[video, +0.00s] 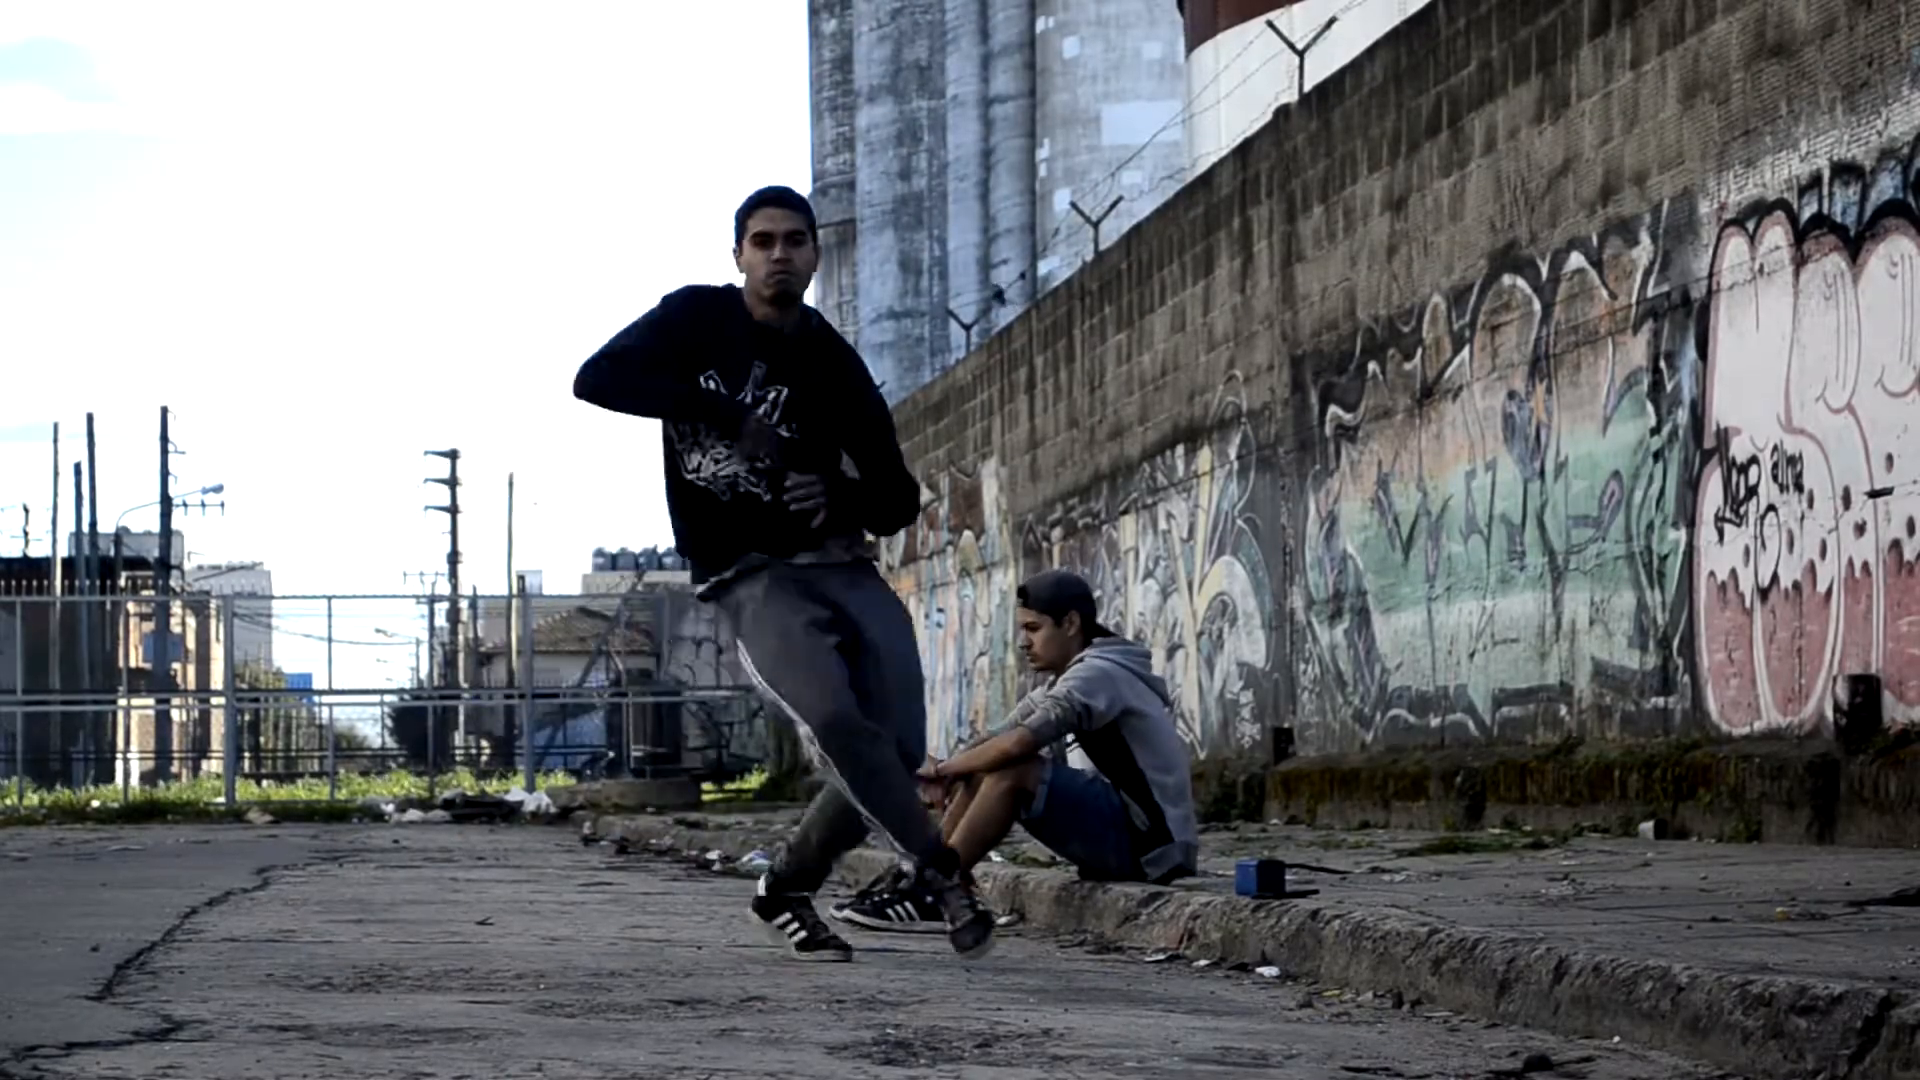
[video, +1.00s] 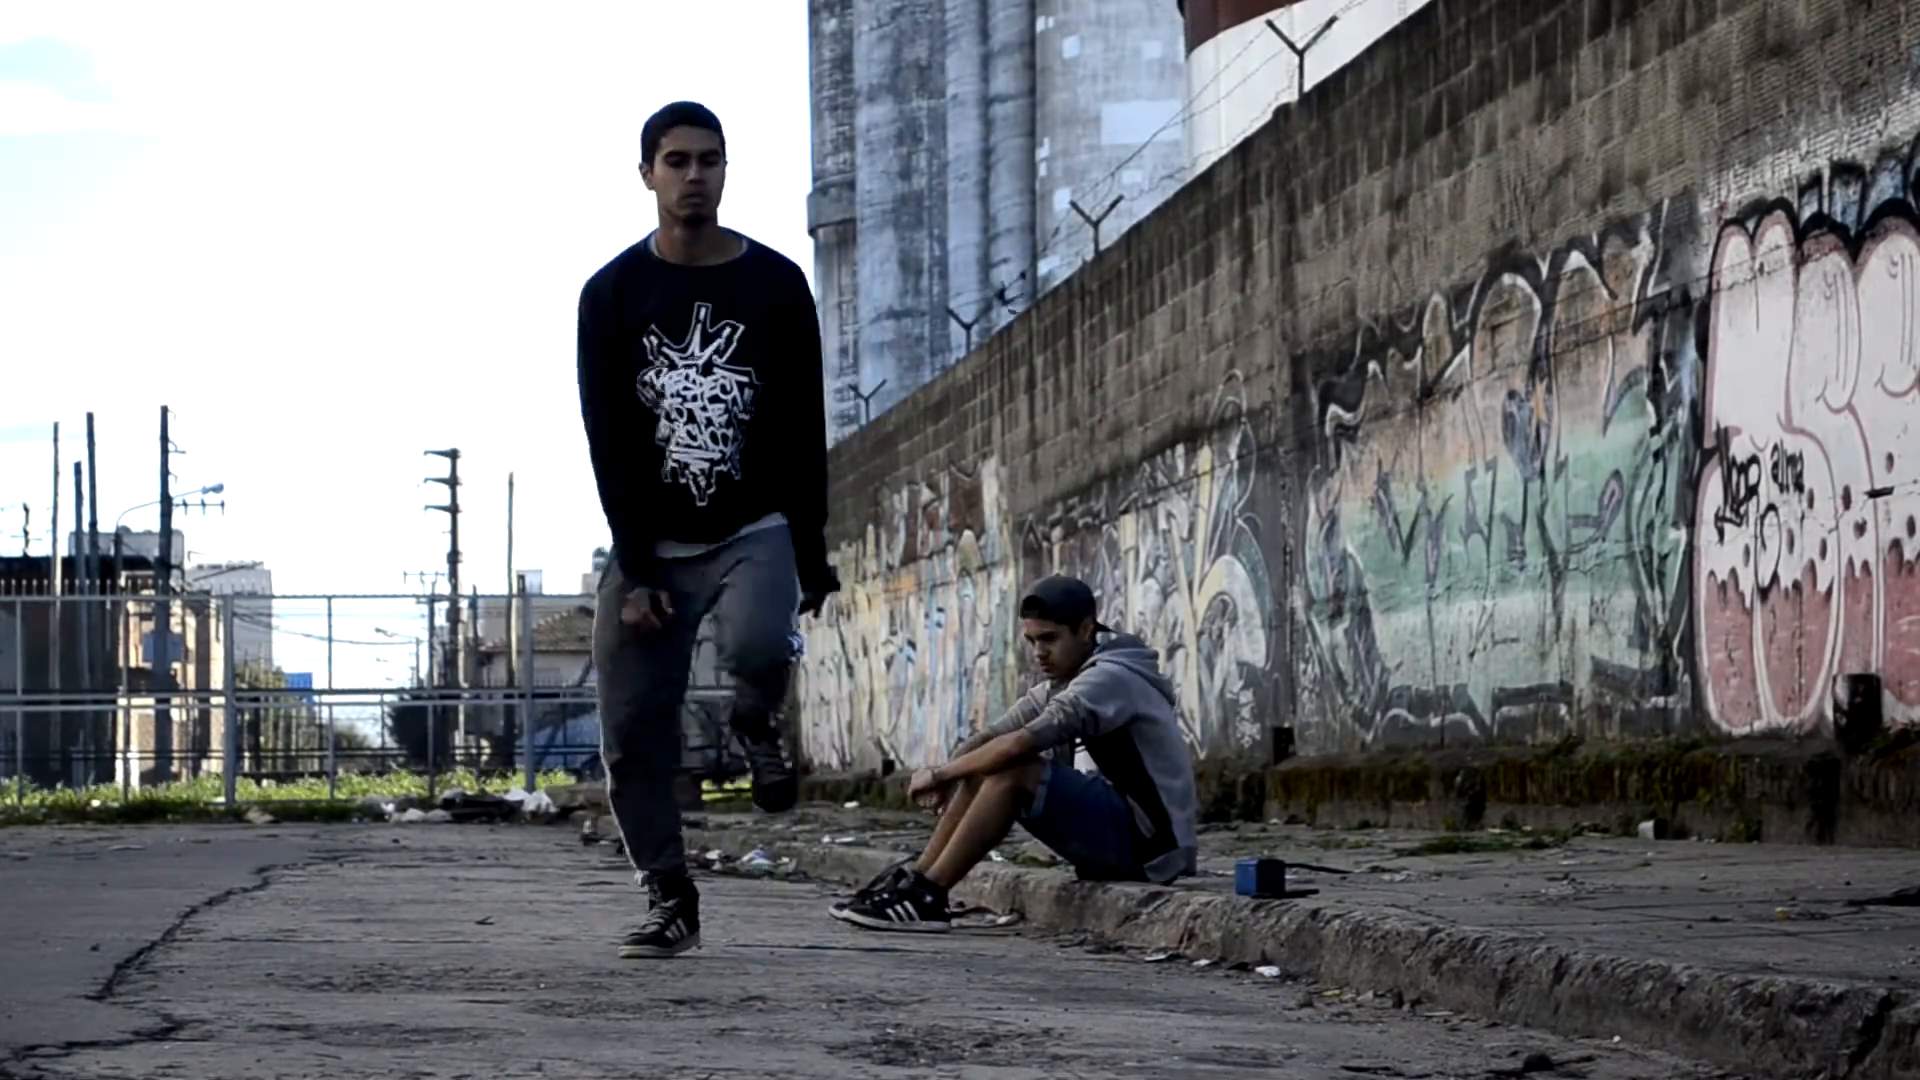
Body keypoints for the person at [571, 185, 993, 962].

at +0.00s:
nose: (782, 256)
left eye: (797, 241)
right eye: (765, 241)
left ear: (815, 255)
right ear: (739, 254)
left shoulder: (833, 357)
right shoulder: (698, 315)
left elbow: (898, 498)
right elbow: (599, 379)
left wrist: (842, 494)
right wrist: (724, 418)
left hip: (847, 565)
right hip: (756, 574)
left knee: (900, 744)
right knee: (833, 718)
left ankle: (786, 886)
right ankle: (946, 877)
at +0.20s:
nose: (820, 281)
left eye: (831, 265)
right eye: (802, 268)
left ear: (846, 275)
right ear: (772, 283)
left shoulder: (874, 385)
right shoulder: (736, 374)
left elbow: (913, 491)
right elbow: (626, 463)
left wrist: (935, 579)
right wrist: (691, 568)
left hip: (862, 617)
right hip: (776, 622)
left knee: (924, 780)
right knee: (881, 758)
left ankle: (782, 901)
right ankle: (979, 913)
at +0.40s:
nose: (799, 211)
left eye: (812, 196)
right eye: (781, 197)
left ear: (828, 208)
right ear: (751, 210)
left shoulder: (848, 318)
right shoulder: (699, 307)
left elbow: (826, 423)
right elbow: (634, 421)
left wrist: (795, 498)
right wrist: (660, 530)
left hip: (808, 526)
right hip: (718, 510)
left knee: (835, 714)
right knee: (789, 612)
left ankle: (778, 908)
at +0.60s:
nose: (738, 191)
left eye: (752, 176)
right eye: (721, 177)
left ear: (768, 182)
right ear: (691, 185)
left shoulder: (807, 279)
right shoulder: (653, 265)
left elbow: (899, 362)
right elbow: (556, 352)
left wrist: (924, 350)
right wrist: (644, 329)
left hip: (757, 531)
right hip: (659, 518)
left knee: (735, 712)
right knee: (667, 691)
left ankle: (605, 822)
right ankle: (679, 877)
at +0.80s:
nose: (691, 246)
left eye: (705, 233)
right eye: (674, 232)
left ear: (720, 246)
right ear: (644, 247)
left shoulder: (774, 348)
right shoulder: (606, 343)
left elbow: (887, 424)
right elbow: (485, 398)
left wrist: (811, 454)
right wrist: (604, 416)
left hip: (729, 610)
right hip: (632, 590)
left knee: (674, 783)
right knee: (618, 742)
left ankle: (590, 850)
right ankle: (666, 900)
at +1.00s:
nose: (694, 176)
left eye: (708, 161)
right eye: (677, 161)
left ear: (725, 174)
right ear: (647, 175)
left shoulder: (777, 281)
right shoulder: (610, 293)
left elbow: (804, 421)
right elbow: (606, 435)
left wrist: (811, 543)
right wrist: (633, 561)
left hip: (756, 524)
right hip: (649, 541)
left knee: (757, 645)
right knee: (631, 735)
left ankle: (759, 725)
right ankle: (670, 897)